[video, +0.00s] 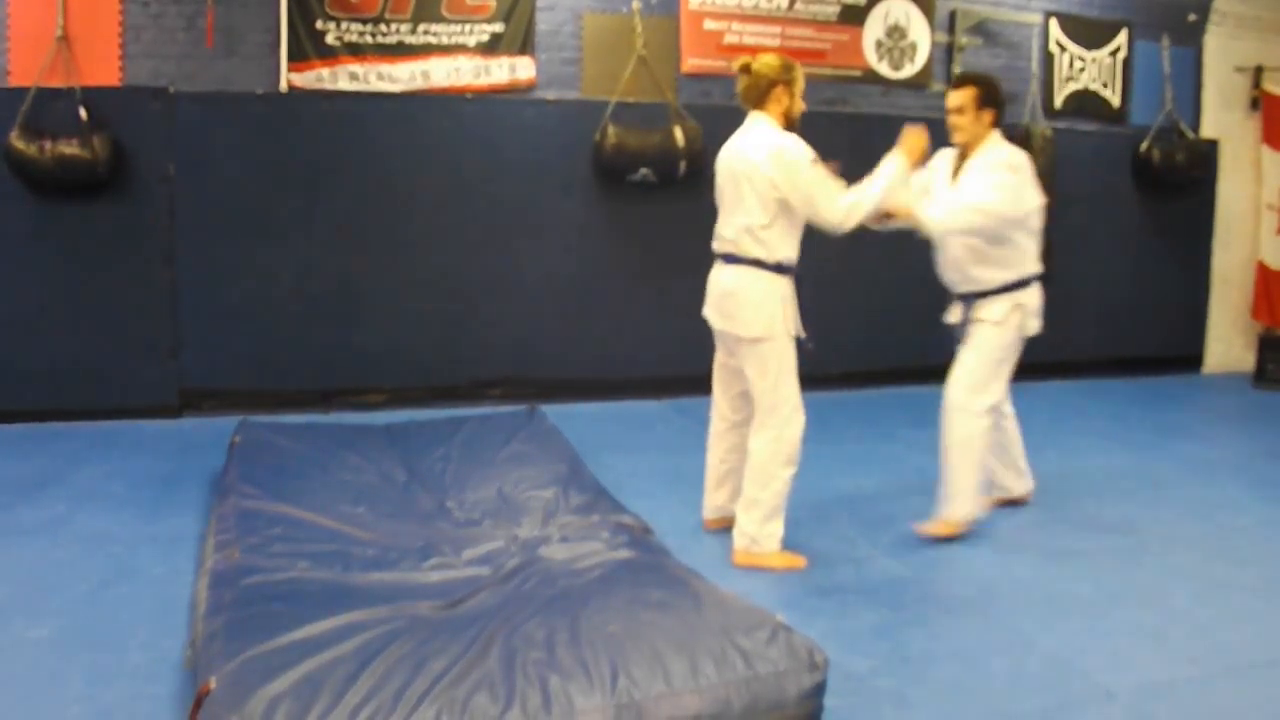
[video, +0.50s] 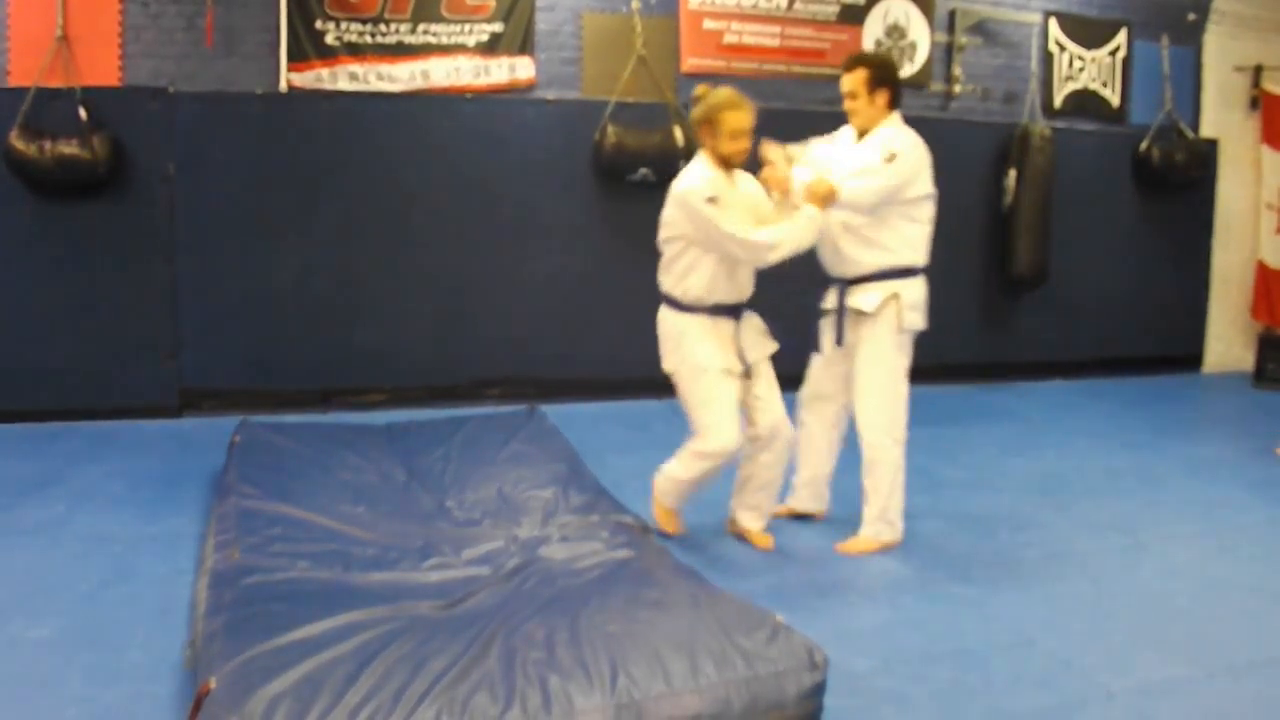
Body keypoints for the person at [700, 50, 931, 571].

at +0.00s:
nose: (800, 101)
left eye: (797, 93)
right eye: (796, 93)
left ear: (753, 95)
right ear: (781, 95)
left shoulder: (733, 145)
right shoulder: (785, 152)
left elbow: (761, 201)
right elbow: (838, 214)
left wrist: (810, 176)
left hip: (724, 282)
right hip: (763, 291)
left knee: (730, 405)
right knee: (781, 417)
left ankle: (720, 506)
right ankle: (756, 541)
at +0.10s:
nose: (803, 104)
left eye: (802, 96)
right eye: (800, 96)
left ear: (759, 96)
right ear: (782, 97)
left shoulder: (741, 142)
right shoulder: (783, 149)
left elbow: (794, 183)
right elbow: (846, 200)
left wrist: (838, 173)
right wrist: (895, 166)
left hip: (719, 283)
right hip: (756, 291)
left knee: (732, 406)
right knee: (779, 418)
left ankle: (720, 506)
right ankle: (757, 542)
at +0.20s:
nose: (809, 112)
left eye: (807, 103)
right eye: (804, 102)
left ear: (768, 102)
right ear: (781, 101)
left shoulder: (745, 144)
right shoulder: (775, 153)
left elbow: (802, 214)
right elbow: (834, 227)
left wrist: (837, 196)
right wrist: (870, 200)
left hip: (722, 286)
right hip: (743, 293)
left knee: (753, 407)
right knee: (776, 418)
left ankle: (730, 504)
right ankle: (758, 543)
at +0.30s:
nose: (802, 115)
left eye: (802, 105)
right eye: (796, 105)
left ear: (765, 107)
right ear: (768, 107)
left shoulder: (752, 151)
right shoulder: (756, 161)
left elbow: (774, 235)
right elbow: (790, 249)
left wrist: (814, 221)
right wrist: (837, 224)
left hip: (726, 292)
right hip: (723, 298)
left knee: (761, 409)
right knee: (770, 410)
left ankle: (749, 530)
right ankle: (755, 539)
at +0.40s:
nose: (782, 131)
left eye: (782, 121)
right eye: (773, 121)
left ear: (755, 123)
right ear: (740, 121)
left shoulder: (748, 170)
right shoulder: (727, 177)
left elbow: (745, 245)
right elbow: (766, 257)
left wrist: (781, 225)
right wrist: (827, 227)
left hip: (736, 308)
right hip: (705, 311)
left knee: (772, 419)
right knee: (757, 419)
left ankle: (745, 516)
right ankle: (704, 515)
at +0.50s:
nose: (744, 144)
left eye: (748, 134)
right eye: (734, 135)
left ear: (751, 133)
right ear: (707, 136)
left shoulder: (744, 181)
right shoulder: (692, 189)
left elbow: (774, 229)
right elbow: (755, 249)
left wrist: (784, 196)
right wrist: (812, 213)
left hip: (737, 320)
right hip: (691, 323)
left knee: (772, 429)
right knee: (721, 438)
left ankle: (749, 517)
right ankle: (666, 493)